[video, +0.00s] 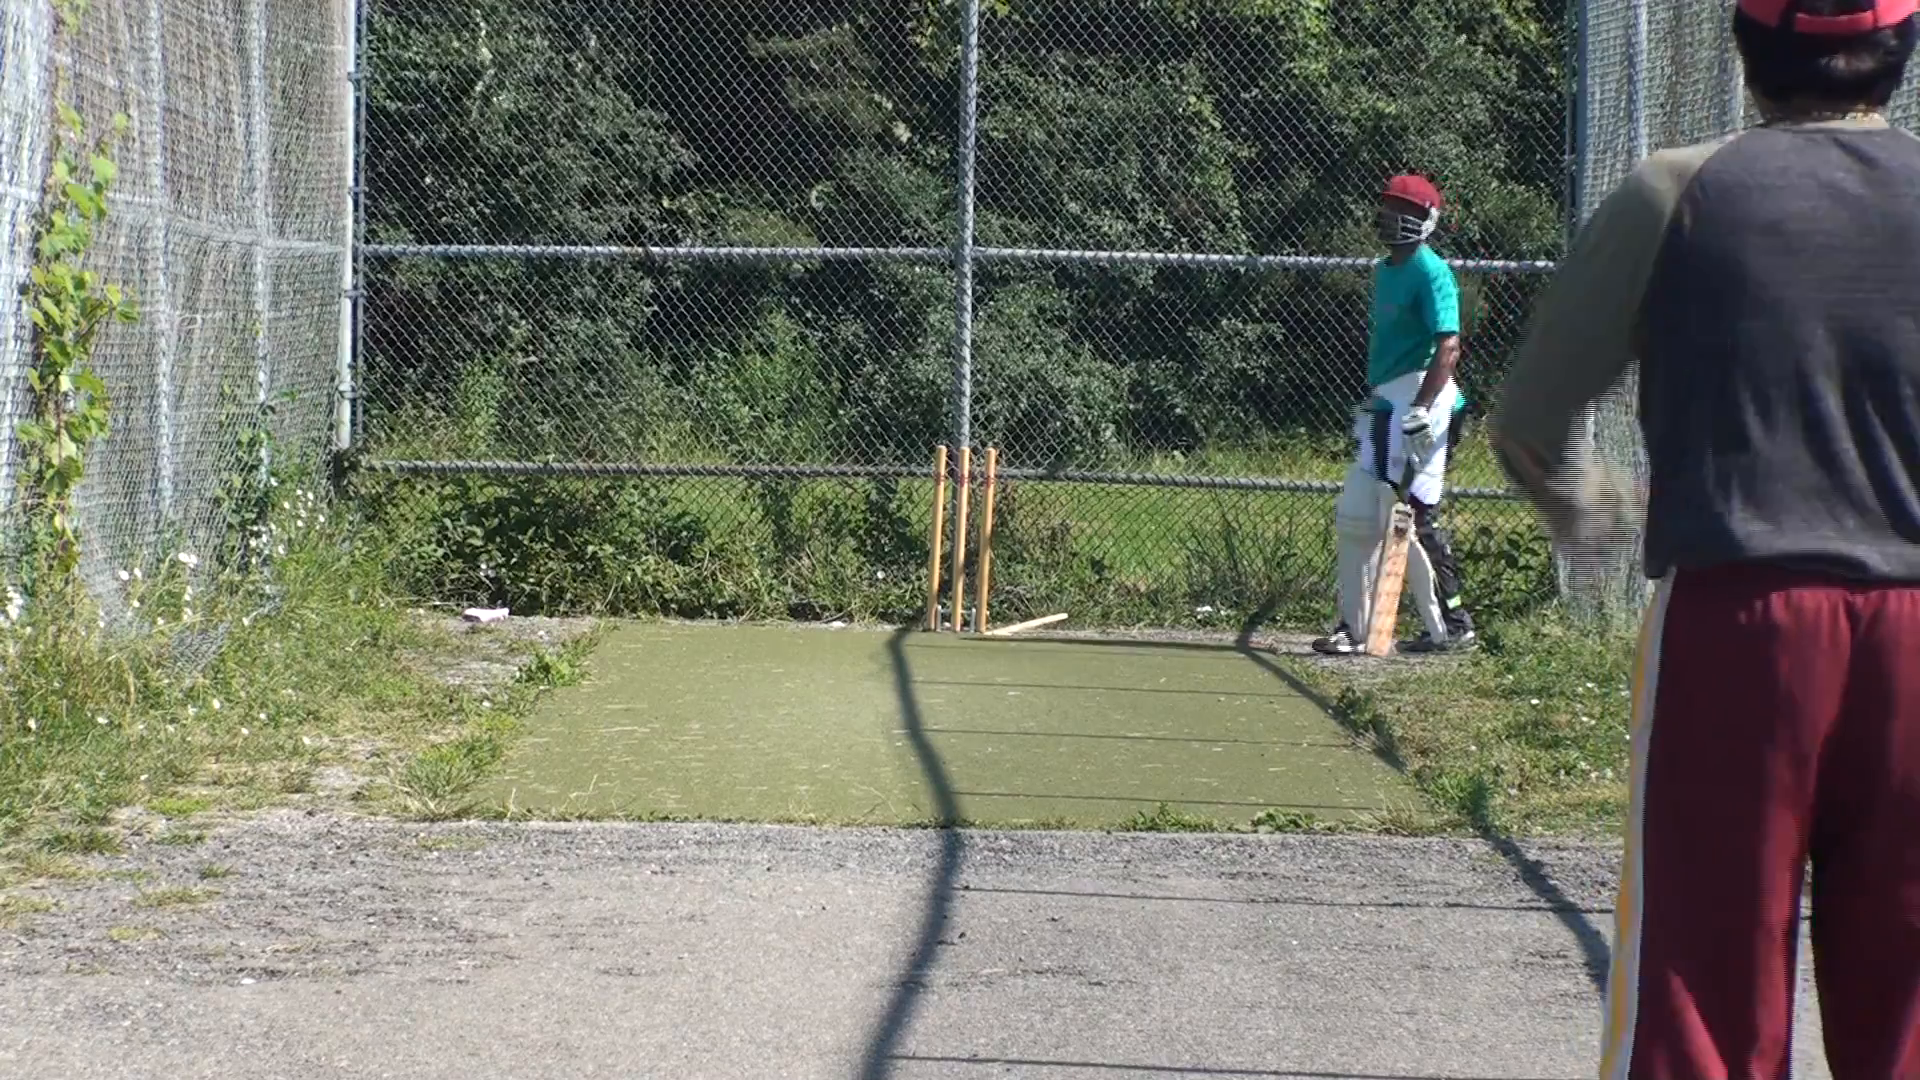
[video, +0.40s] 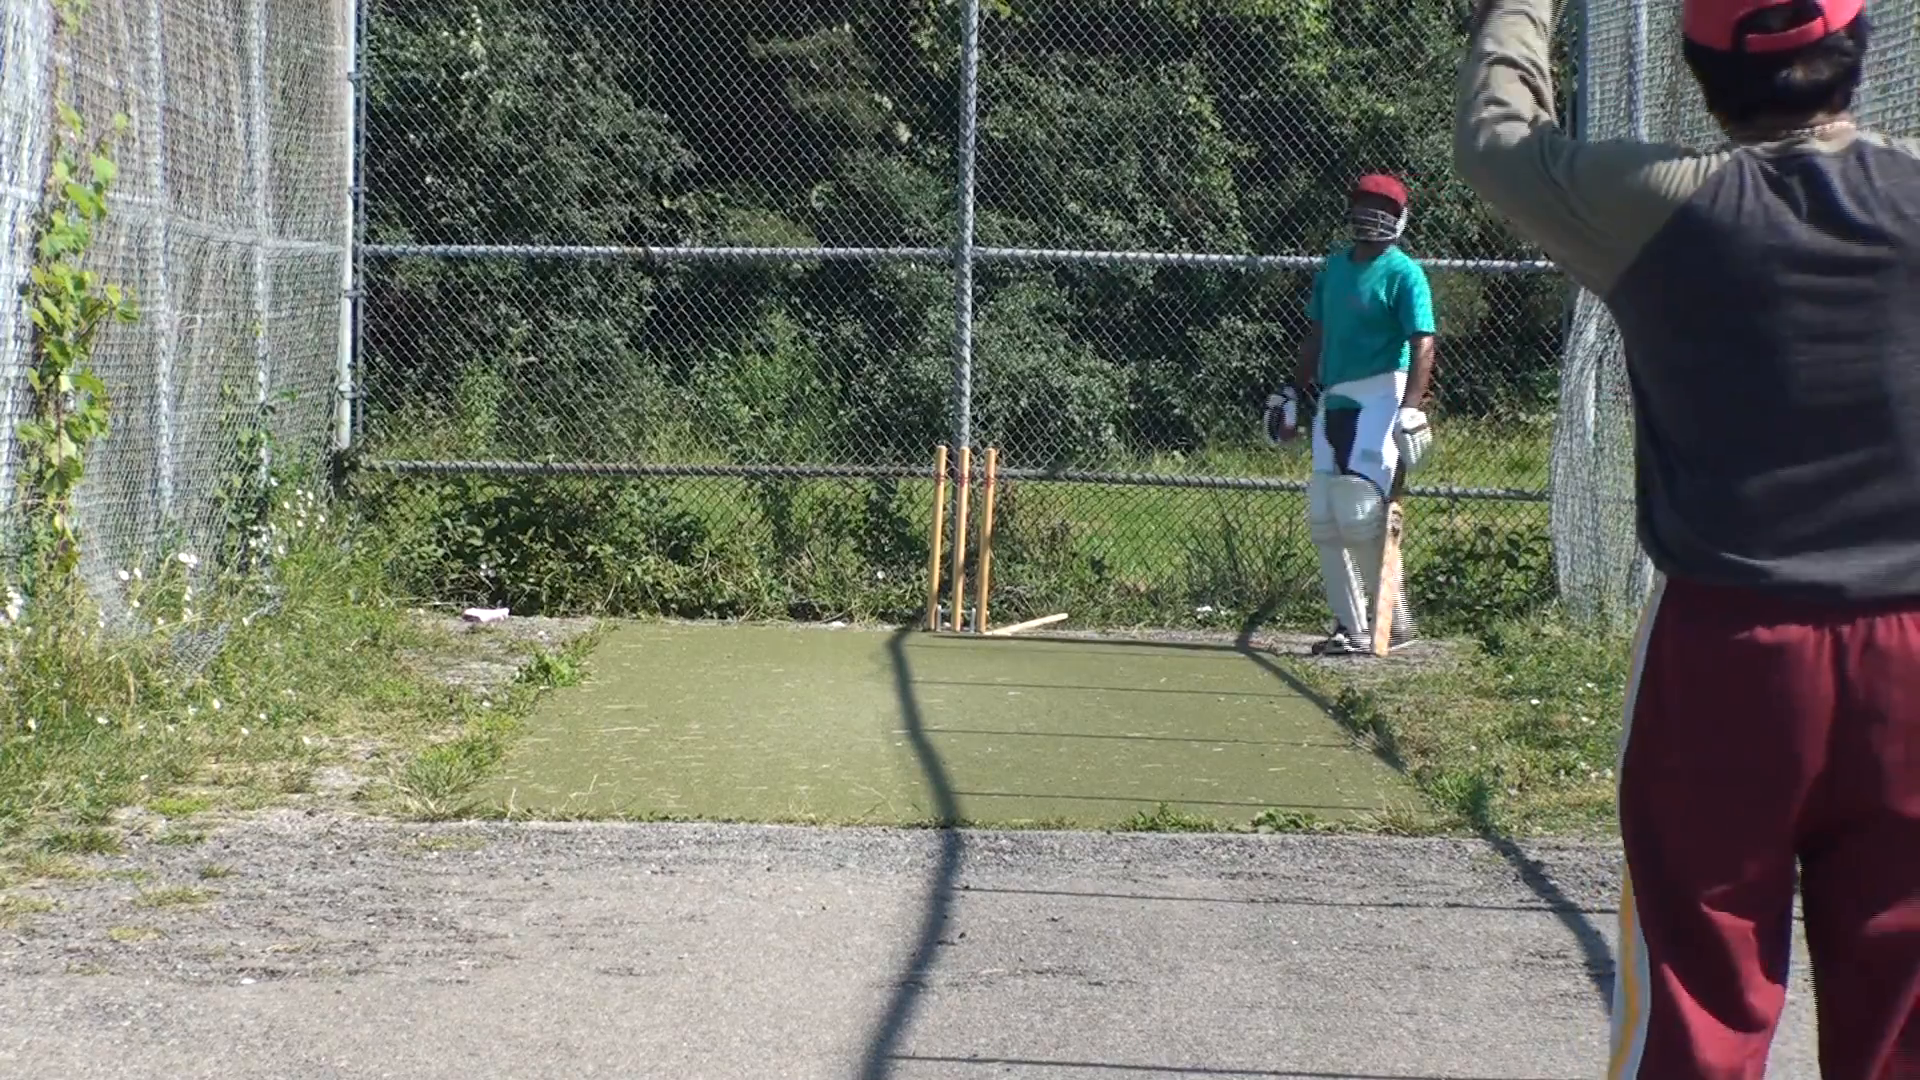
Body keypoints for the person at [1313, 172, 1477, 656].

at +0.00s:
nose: (1396, 224)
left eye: (1408, 217)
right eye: (1388, 215)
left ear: (1429, 222)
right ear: (1380, 218)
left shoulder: (1432, 272)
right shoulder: (1387, 270)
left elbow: (1449, 347)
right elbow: (1389, 345)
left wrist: (1423, 410)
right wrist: (1372, 404)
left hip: (1418, 400)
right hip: (1385, 401)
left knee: (1410, 516)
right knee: (1355, 515)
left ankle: (1447, 624)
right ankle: (1356, 626)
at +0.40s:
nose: (1372, 220)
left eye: (1383, 214)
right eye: (1364, 211)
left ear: (1399, 222)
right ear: (1350, 215)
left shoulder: (1406, 273)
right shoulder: (1332, 269)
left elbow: (1423, 345)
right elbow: (1314, 334)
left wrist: (1410, 410)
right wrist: (1297, 393)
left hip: (1380, 397)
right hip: (1334, 397)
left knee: (1358, 513)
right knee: (1323, 520)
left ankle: (1392, 614)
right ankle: (1351, 627)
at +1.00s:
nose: (1326, 228)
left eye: (1338, 221)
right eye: (1319, 219)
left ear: (1355, 226)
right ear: (1308, 221)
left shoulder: (1370, 273)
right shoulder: (1291, 271)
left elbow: (1396, 346)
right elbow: (1274, 335)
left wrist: (1394, 412)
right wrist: (1266, 382)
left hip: (1353, 393)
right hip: (1305, 396)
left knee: (1330, 502)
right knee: (1317, 507)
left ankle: (1316, 619)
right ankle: (1351, 625)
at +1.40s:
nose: (1300, 221)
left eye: (1312, 213)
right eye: (1293, 212)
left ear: (1331, 217)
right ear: (1283, 214)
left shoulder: (1347, 272)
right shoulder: (1264, 268)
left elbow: (1369, 345)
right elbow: (1250, 334)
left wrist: (1365, 412)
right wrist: (1231, 356)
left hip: (1324, 396)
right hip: (1272, 396)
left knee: (1303, 508)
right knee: (1244, 508)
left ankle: (1301, 632)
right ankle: (1299, 600)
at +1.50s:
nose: (1296, 214)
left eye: (1307, 207)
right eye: (1288, 205)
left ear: (1325, 213)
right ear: (1277, 210)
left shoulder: (1341, 271)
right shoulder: (1257, 267)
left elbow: (1361, 346)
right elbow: (1245, 333)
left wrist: (1360, 412)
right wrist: (1223, 354)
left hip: (1318, 397)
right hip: (1263, 396)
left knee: (1302, 510)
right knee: (1229, 498)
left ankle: (1298, 632)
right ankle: (1257, 617)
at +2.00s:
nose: (1231, 209)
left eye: (1242, 201)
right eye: (1222, 201)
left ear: (1260, 209)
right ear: (1209, 210)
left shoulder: (1282, 264)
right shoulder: (1188, 265)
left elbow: (1309, 337)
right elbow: (1176, 336)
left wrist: (1317, 399)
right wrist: (1161, 356)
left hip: (1258, 394)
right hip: (1196, 395)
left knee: (1258, 506)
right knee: (1181, 510)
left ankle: (1290, 615)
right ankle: (1188, 624)